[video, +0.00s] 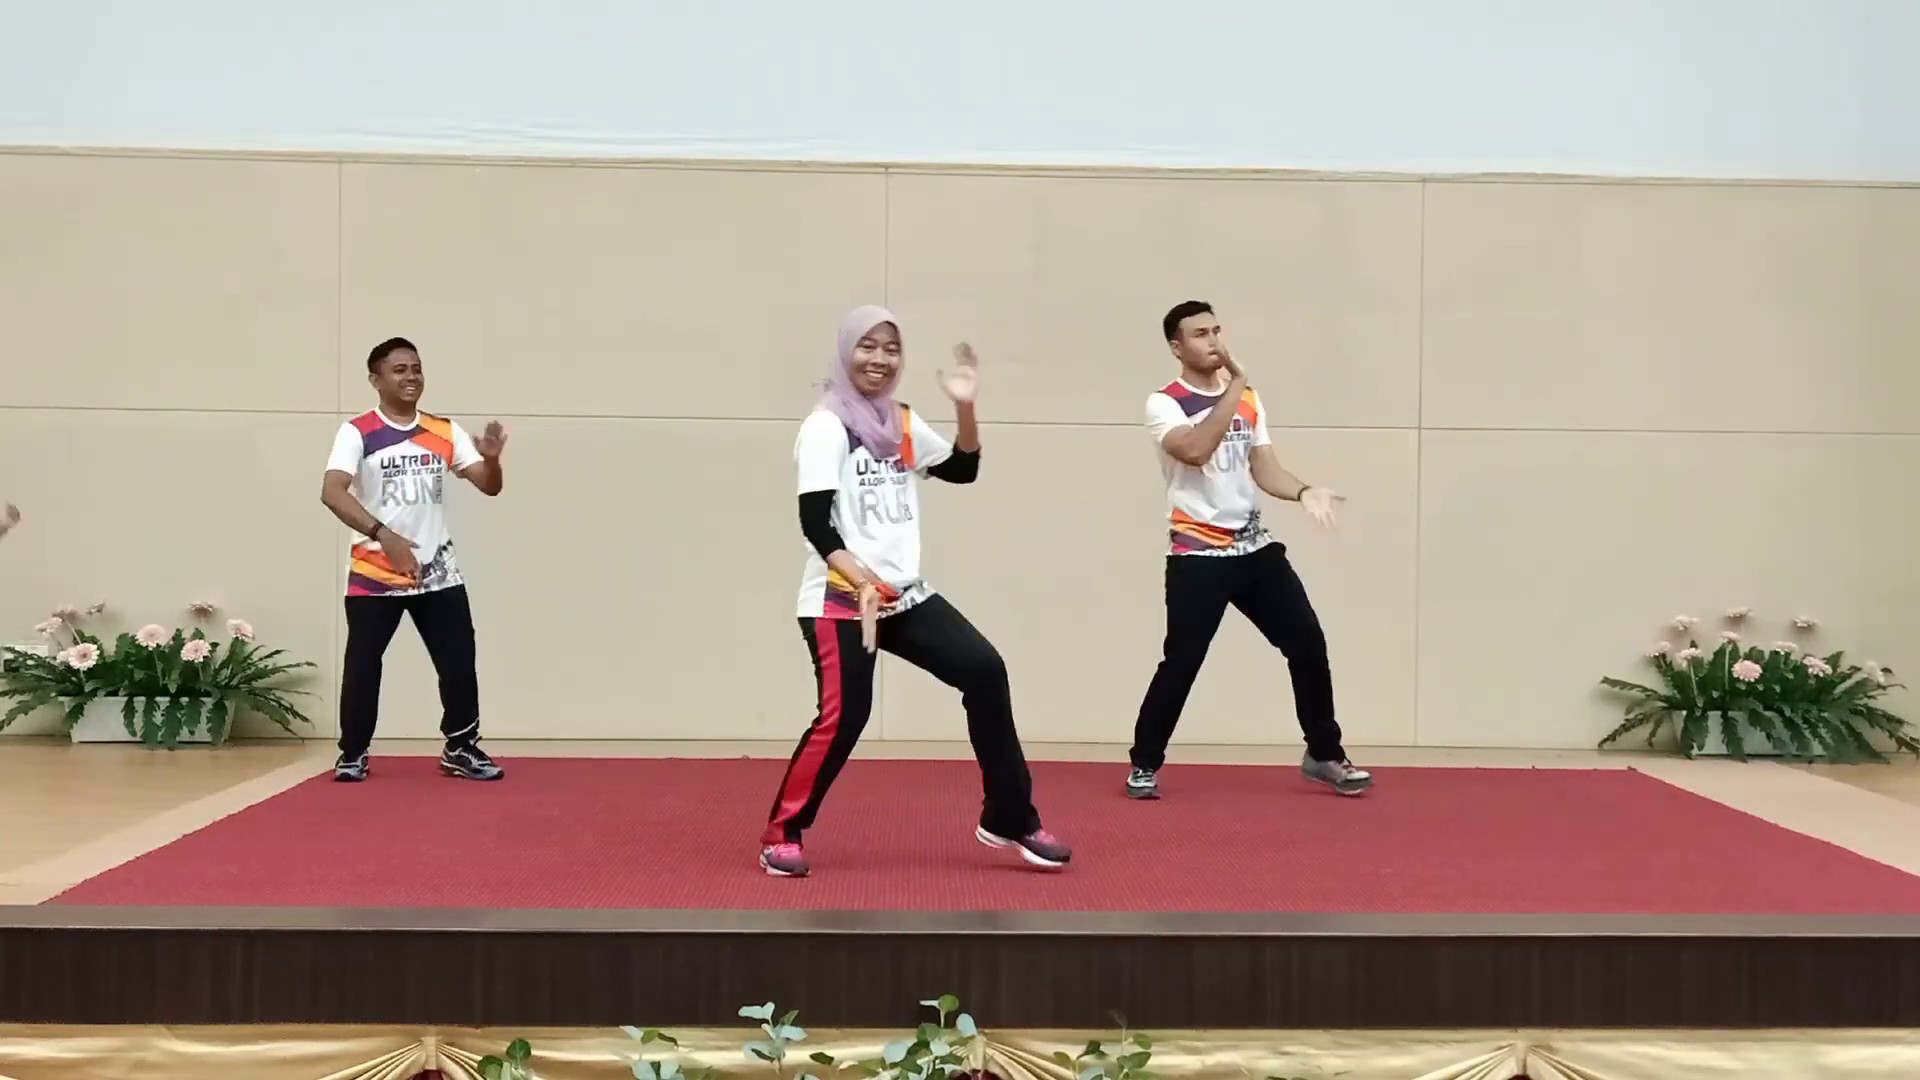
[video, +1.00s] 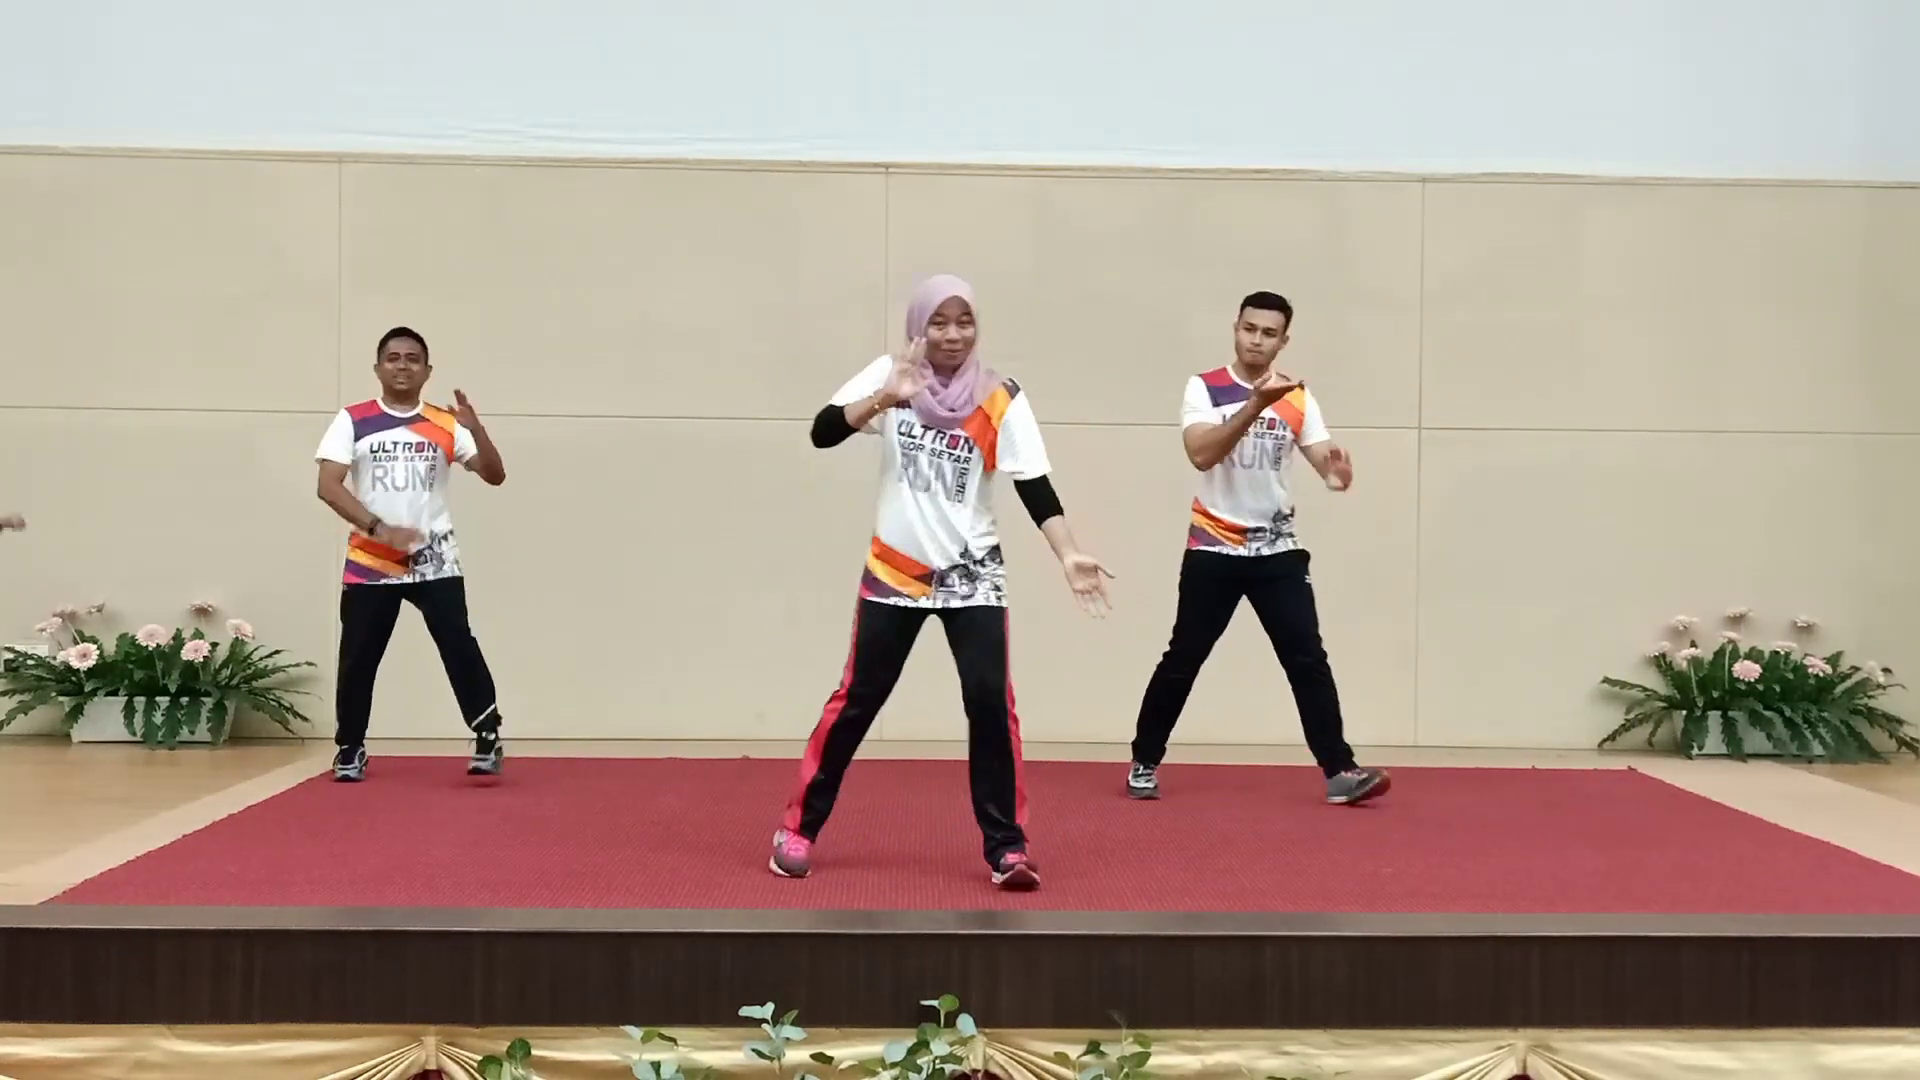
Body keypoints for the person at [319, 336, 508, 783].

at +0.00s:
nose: (411, 377)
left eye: (416, 369)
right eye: (400, 370)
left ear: (423, 376)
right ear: (376, 379)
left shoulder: (445, 431)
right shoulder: (357, 432)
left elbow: (490, 487)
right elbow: (333, 493)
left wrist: (491, 459)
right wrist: (383, 534)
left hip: (437, 574)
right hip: (376, 576)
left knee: (459, 662)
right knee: (361, 667)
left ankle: (461, 748)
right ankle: (353, 755)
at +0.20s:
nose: (389, 375)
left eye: (393, 368)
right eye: (377, 368)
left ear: (398, 374)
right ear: (351, 375)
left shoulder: (417, 427)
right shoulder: (332, 426)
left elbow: (461, 488)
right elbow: (324, 477)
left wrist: (440, 468)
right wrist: (379, 477)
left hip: (418, 555)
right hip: (360, 567)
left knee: (466, 612)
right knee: (353, 668)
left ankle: (453, 711)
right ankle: (352, 756)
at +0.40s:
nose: (378, 378)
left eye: (381, 371)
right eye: (366, 371)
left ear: (386, 375)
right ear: (339, 376)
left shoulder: (403, 428)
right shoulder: (319, 432)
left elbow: (428, 484)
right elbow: (321, 490)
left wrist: (435, 508)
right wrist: (371, 455)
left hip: (413, 556)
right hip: (357, 569)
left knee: (459, 613)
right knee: (355, 667)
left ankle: (460, 715)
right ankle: (353, 755)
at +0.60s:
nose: (371, 389)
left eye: (376, 382)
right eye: (360, 381)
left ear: (381, 386)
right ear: (333, 387)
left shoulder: (401, 439)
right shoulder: (316, 446)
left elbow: (429, 498)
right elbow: (322, 511)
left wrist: (444, 545)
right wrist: (366, 461)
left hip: (409, 578)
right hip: (354, 584)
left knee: (439, 660)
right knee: (353, 677)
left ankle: (467, 744)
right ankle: (353, 756)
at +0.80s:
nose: (375, 364)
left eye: (383, 357)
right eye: (364, 355)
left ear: (390, 365)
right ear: (343, 363)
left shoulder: (408, 415)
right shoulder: (322, 415)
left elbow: (452, 462)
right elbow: (322, 470)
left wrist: (472, 485)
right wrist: (382, 433)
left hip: (416, 547)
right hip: (358, 558)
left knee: (453, 614)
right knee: (353, 661)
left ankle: (466, 710)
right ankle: (350, 751)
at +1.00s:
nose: (402, 364)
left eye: (411, 358)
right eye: (392, 358)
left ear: (426, 370)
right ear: (378, 367)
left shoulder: (446, 424)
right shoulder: (353, 420)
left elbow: (494, 475)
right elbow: (329, 487)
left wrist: (476, 428)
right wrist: (379, 528)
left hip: (435, 564)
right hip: (372, 566)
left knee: (457, 643)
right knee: (356, 661)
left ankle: (487, 739)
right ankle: (350, 750)